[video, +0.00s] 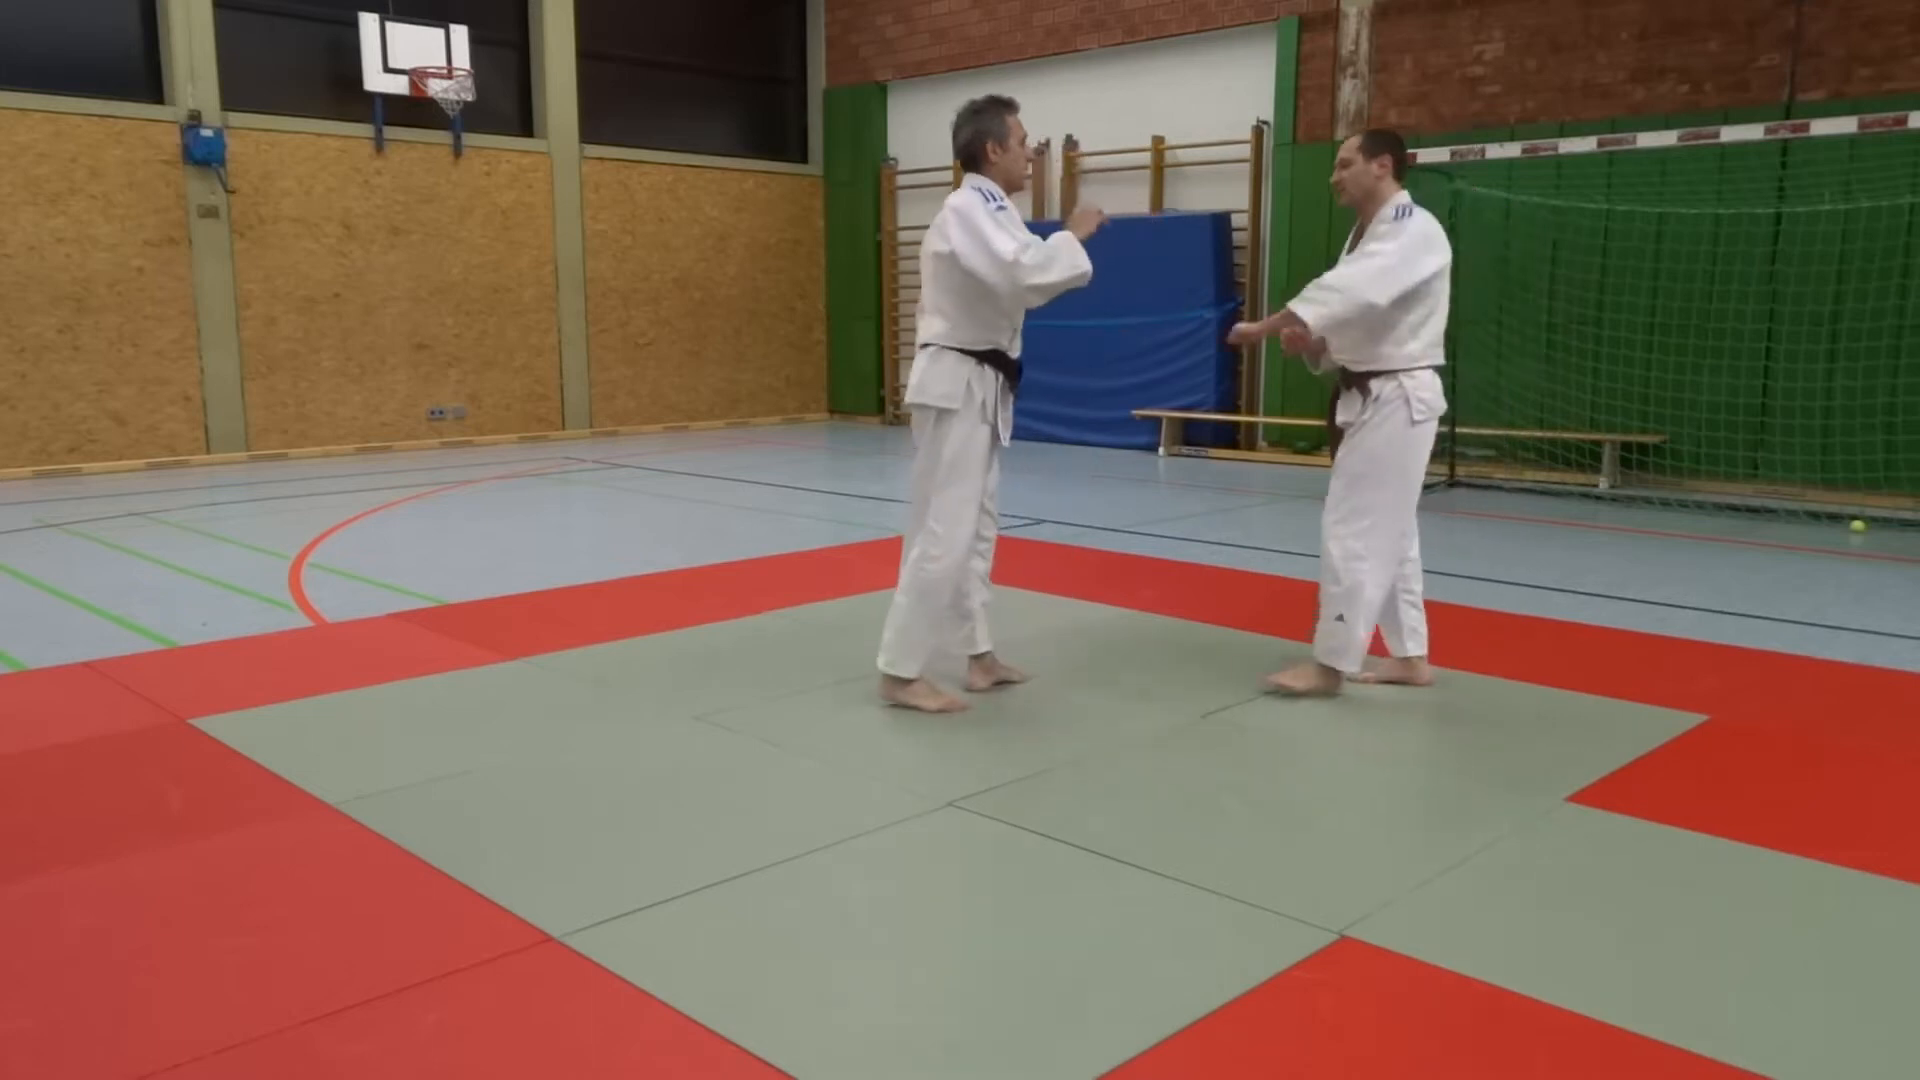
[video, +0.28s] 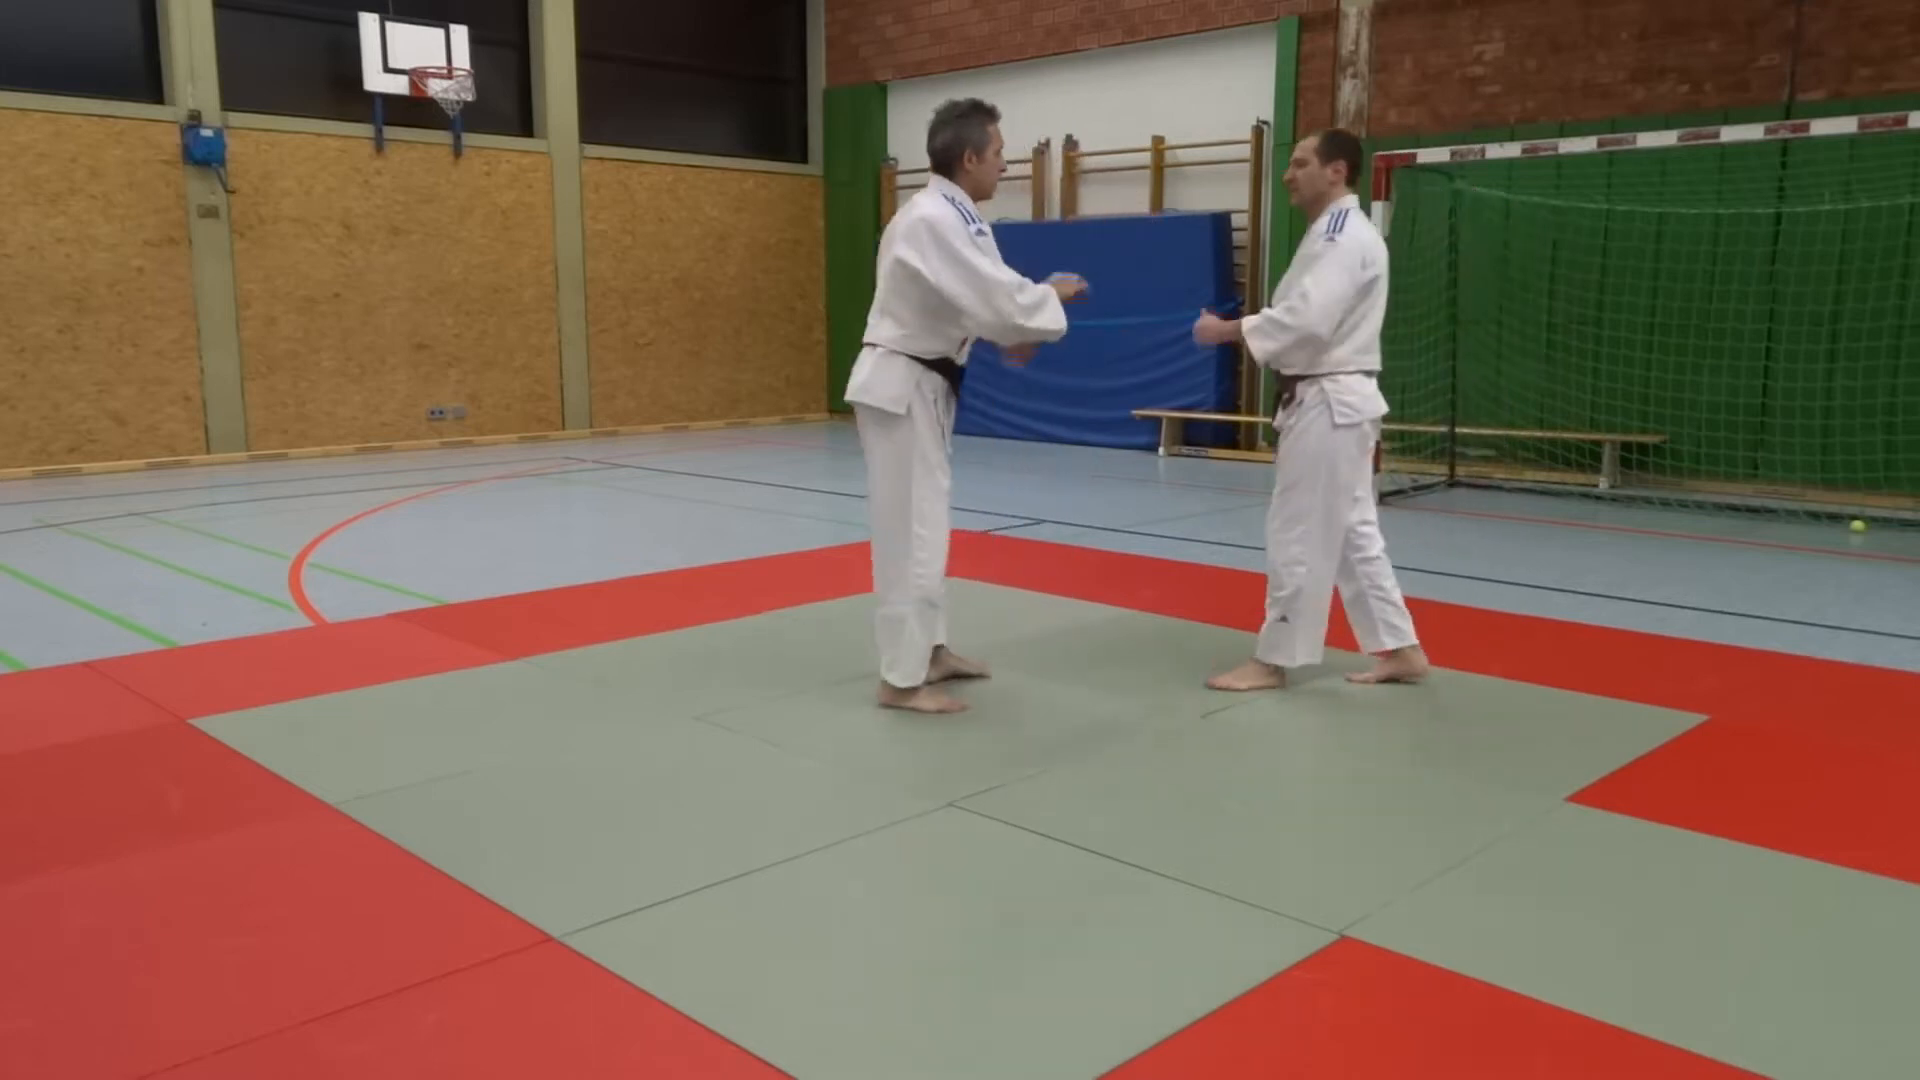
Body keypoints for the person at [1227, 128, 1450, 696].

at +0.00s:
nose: (1335, 177)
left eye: (1345, 165)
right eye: (1336, 167)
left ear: (1383, 168)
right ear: (1375, 171)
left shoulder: (1416, 229)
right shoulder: (1367, 238)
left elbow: (1361, 289)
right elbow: (1356, 337)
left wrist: (1269, 324)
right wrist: (1314, 346)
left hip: (1399, 399)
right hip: (1372, 397)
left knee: (1351, 525)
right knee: (1392, 528)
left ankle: (1330, 666)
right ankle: (1409, 656)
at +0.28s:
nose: (1290, 174)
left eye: (1301, 165)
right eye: (1291, 165)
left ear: (1337, 172)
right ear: (1333, 174)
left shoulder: (1348, 236)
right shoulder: (1331, 232)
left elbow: (1308, 320)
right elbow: (1299, 311)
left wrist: (1232, 330)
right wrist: (1244, 329)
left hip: (1332, 400)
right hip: (1333, 396)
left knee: (1298, 531)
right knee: (1353, 532)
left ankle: (1271, 661)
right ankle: (1401, 650)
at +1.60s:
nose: (1044, 185)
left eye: (1051, 175)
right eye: (1044, 175)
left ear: (1082, 177)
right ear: (1094, 181)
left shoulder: (1072, 226)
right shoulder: (1137, 227)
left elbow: (980, 256)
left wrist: (883, 277)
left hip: (1128, 391)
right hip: (1168, 383)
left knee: (1104, 521)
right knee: (1154, 517)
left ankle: (1103, 660)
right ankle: (1146, 635)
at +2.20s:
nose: (1047, 183)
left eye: (1054, 173)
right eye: (1049, 174)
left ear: (1082, 174)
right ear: (1099, 178)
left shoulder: (1058, 214)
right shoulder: (1133, 230)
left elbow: (982, 222)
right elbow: (1129, 314)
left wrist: (904, 236)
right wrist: (1084, 377)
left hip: (1109, 384)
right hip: (1153, 381)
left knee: (1094, 522)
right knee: (1151, 518)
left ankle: (1096, 660)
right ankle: (1157, 637)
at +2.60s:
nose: (1067, 181)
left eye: (1075, 171)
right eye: (1069, 172)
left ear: (1105, 175)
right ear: (1121, 179)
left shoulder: (1079, 217)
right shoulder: (1162, 236)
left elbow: (998, 228)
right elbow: (1149, 316)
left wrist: (958, 222)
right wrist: (1089, 372)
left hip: (1112, 380)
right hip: (1162, 379)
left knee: (1091, 514)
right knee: (1159, 513)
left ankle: (1099, 646)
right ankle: (1159, 636)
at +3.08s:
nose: (1070, 184)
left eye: (1073, 175)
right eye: (1072, 175)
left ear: (1091, 176)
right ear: (1127, 182)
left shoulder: (1064, 222)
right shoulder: (1164, 236)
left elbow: (980, 242)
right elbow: (1185, 328)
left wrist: (967, 221)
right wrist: (1134, 336)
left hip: (1097, 383)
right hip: (1156, 382)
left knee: (1091, 524)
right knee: (1160, 516)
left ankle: (1103, 659)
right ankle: (1162, 639)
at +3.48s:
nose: (1044, 184)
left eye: (1046, 176)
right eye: (1047, 175)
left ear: (1059, 177)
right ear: (1100, 181)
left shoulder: (1035, 226)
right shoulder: (1136, 237)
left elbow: (966, 250)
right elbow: (1156, 329)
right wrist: (1110, 349)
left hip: (1066, 386)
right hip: (1126, 384)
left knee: (1070, 528)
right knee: (1126, 517)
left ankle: (1098, 664)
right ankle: (1134, 634)